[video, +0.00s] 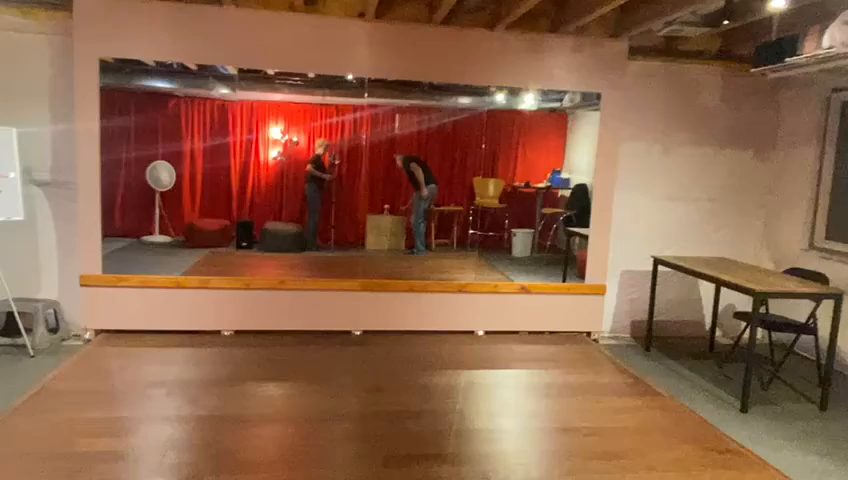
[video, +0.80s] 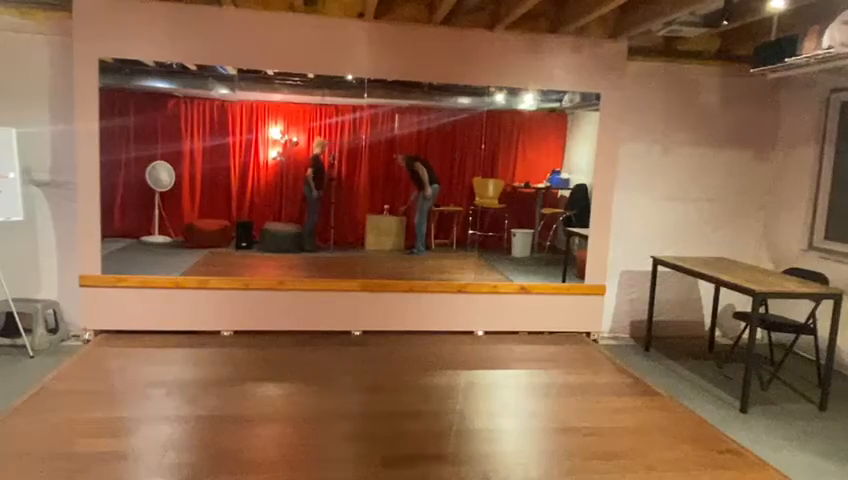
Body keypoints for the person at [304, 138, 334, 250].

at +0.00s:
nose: (326, 150)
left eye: (326, 147)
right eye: (325, 147)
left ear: (321, 147)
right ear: (321, 147)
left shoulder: (321, 160)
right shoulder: (316, 158)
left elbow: (326, 172)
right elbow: (309, 168)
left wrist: (332, 164)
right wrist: (324, 176)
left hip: (317, 187)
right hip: (312, 187)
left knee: (315, 213)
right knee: (314, 213)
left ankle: (313, 240)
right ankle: (311, 241)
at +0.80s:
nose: (324, 149)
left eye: (324, 146)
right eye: (323, 146)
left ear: (320, 147)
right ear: (319, 147)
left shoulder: (320, 159)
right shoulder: (315, 159)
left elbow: (321, 175)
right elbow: (309, 174)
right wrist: (313, 189)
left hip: (317, 191)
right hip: (313, 191)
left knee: (314, 217)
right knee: (312, 216)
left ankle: (311, 241)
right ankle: (308, 242)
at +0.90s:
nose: (323, 149)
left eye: (323, 146)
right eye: (322, 146)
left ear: (321, 147)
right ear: (317, 146)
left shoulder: (319, 160)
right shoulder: (312, 160)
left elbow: (321, 175)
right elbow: (308, 176)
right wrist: (310, 191)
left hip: (318, 192)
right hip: (313, 192)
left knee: (314, 217)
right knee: (312, 217)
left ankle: (312, 241)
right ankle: (308, 242)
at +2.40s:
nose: (303, 148)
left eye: (305, 144)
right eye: (301, 145)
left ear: (309, 145)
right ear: (297, 146)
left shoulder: (314, 160)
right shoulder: (293, 162)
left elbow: (319, 177)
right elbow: (290, 179)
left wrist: (320, 190)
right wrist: (288, 194)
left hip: (310, 194)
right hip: (296, 195)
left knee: (310, 222)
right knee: (293, 222)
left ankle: (310, 249)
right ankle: (289, 251)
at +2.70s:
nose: (295, 146)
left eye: (298, 142)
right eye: (293, 142)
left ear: (302, 143)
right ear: (289, 143)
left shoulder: (308, 158)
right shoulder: (285, 159)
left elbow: (314, 173)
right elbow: (277, 178)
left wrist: (319, 186)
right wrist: (267, 192)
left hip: (304, 192)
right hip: (287, 192)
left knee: (301, 222)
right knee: (288, 222)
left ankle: (300, 248)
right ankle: (288, 252)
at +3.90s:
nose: (300, 141)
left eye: (300, 137)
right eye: (297, 137)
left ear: (296, 139)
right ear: (289, 138)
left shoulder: (302, 158)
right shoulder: (275, 158)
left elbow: (310, 178)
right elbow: (268, 179)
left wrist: (321, 184)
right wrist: (267, 196)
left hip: (300, 200)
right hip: (281, 199)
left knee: (297, 234)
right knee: (279, 232)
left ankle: (295, 269)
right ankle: (279, 268)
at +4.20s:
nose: (301, 141)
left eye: (301, 138)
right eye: (299, 138)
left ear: (300, 139)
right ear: (291, 139)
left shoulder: (302, 158)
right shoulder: (281, 158)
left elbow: (309, 179)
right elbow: (274, 176)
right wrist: (287, 184)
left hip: (301, 198)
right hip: (286, 199)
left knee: (296, 234)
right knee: (285, 233)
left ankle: (292, 268)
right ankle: (283, 267)